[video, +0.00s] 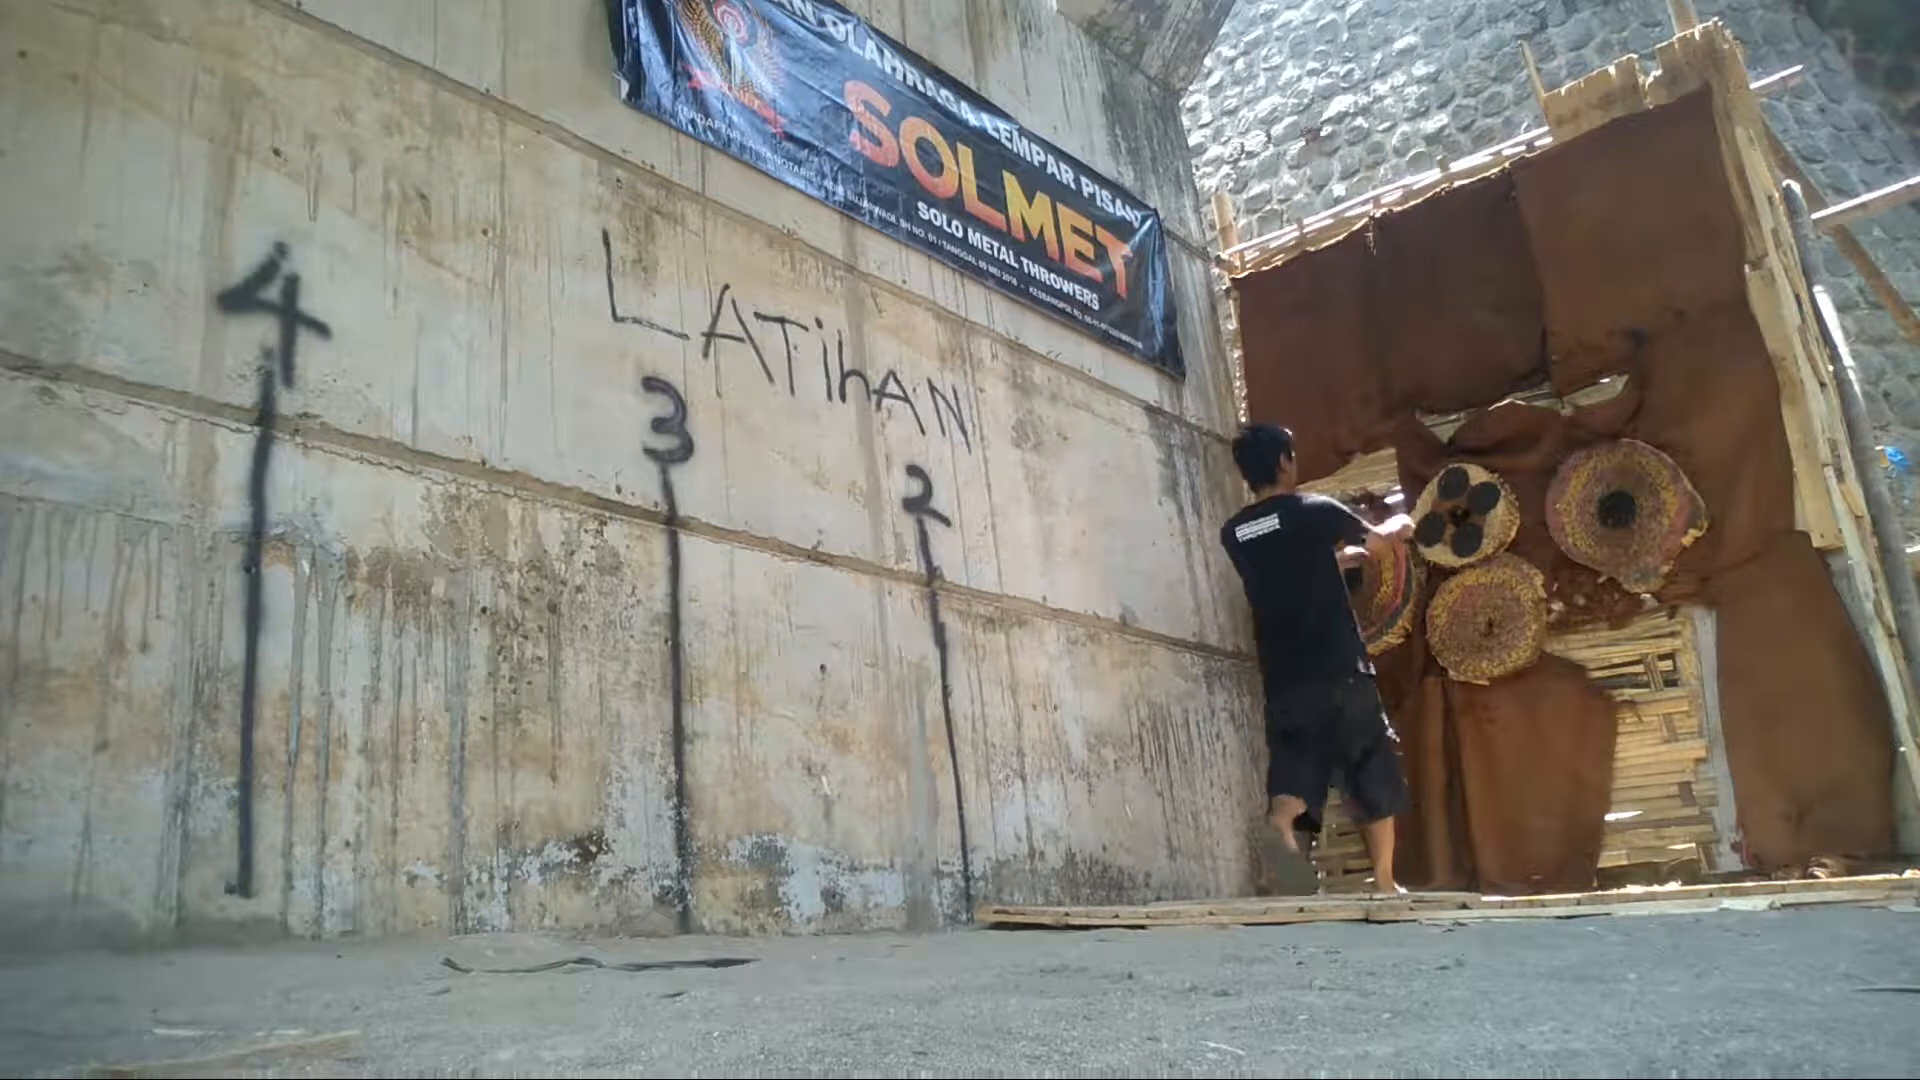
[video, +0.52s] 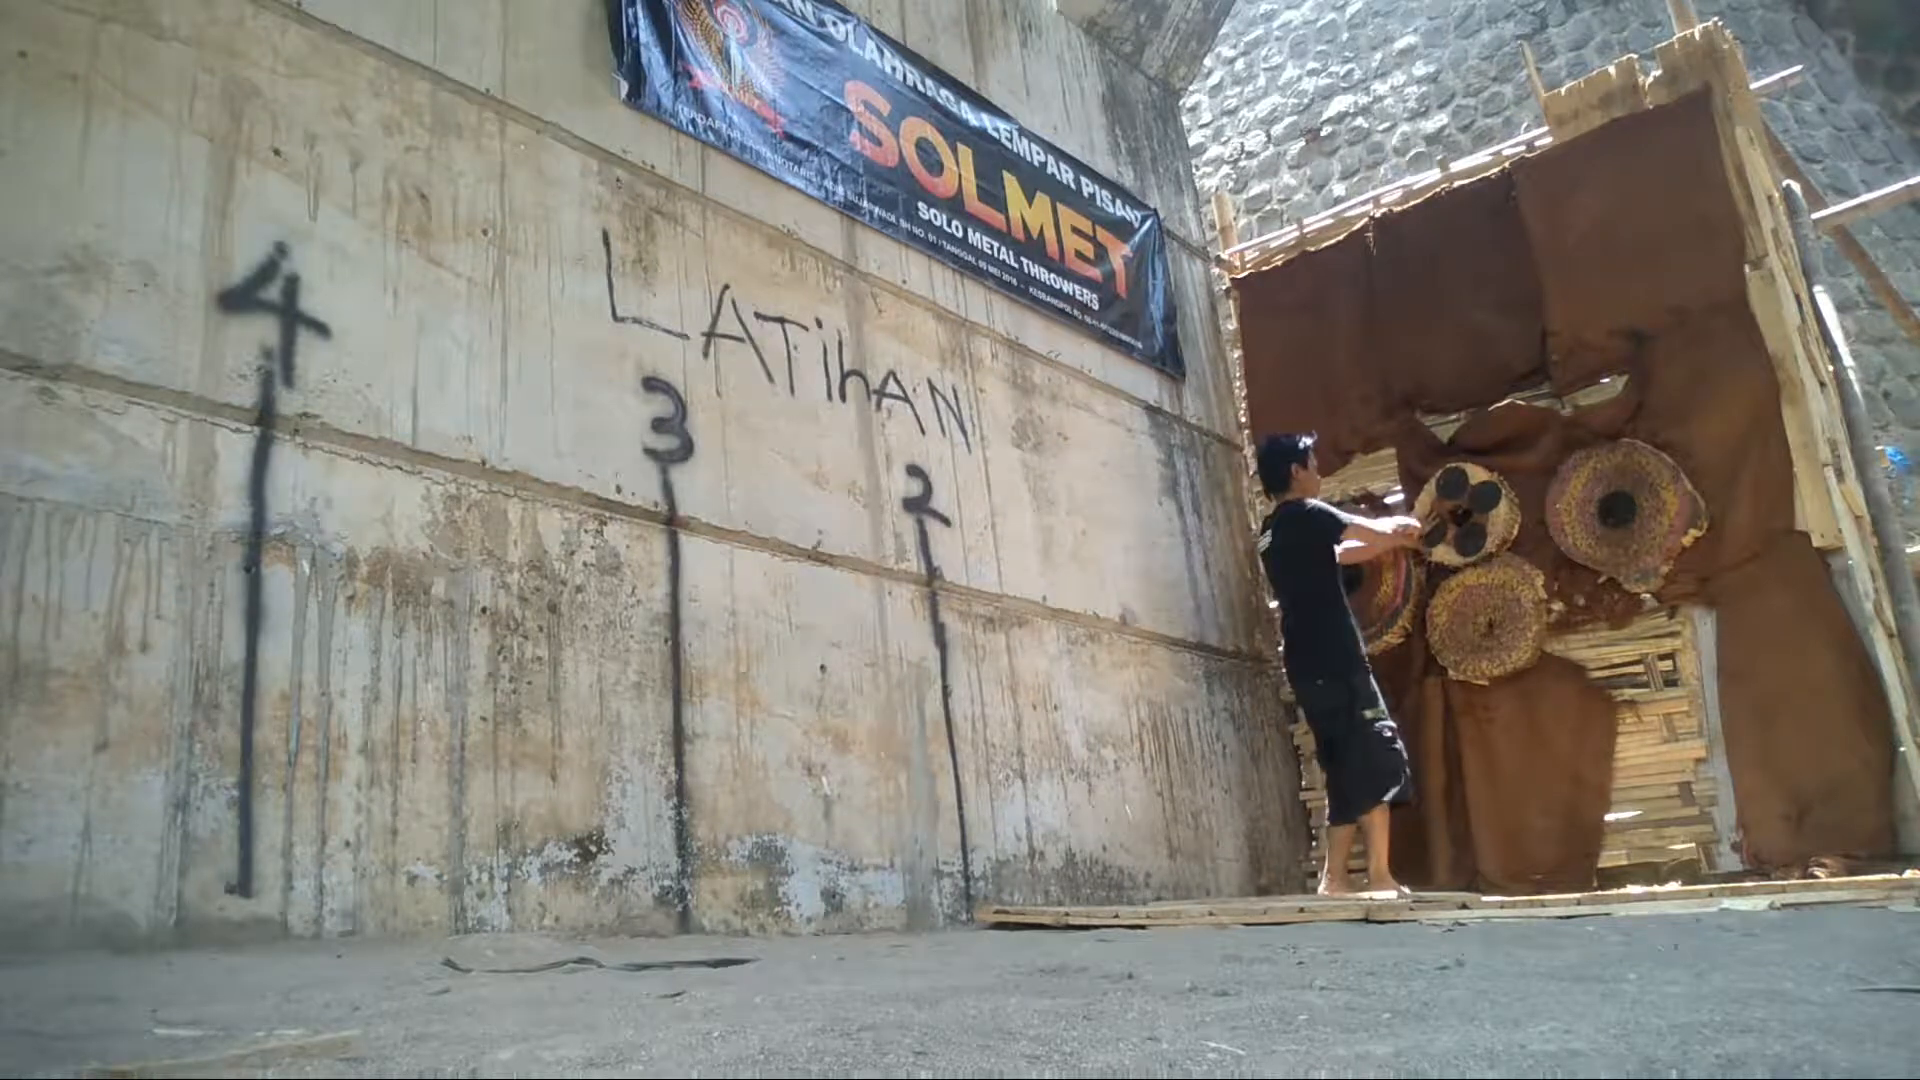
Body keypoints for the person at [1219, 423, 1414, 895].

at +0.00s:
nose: (1296, 465)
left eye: (1291, 457)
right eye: (1293, 457)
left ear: (1245, 474)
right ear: (1286, 463)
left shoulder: (1234, 532)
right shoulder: (1315, 509)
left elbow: (1285, 579)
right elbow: (1377, 541)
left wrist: (1342, 559)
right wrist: (1401, 525)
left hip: (1285, 672)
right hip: (1340, 667)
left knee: (1294, 752)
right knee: (1373, 766)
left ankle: (1280, 824)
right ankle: (1384, 881)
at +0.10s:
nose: (1307, 464)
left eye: (1303, 457)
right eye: (1304, 457)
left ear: (1258, 470)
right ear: (1297, 462)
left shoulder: (1246, 529)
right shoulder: (1324, 508)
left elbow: (1293, 571)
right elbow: (1379, 569)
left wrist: (1348, 561)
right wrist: (1401, 554)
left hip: (1293, 666)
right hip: (1345, 662)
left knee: (1318, 759)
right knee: (1377, 764)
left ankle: (1299, 821)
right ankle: (1383, 878)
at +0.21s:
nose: (1314, 467)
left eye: (1310, 458)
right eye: (1310, 459)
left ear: (1263, 471)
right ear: (1300, 465)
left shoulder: (1253, 531)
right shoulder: (1327, 512)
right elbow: (1381, 570)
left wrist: (1364, 553)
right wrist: (1406, 566)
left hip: (1296, 668)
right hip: (1346, 663)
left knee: (1331, 752)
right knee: (1377, 757)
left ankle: (1317, 843)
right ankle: (1382, 877)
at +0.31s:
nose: (1317, 470)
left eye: (1313, 462)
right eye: (1312, 463)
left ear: (1271, 476)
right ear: (1299, 468)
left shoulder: (1265, 531)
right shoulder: (1318, 512)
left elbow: (1342, 557)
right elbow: (1382, 563)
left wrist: (1399, 540)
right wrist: (1411, 557)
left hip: (1299, 662)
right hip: (1340, 658)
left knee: (1346, 765)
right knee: (1378, 757)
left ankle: (1335, 877)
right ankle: (1382, 882)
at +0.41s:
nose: (1316, 472)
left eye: (1313, 463)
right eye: (1312, 464)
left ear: (1273, 476)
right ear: (1298, 470)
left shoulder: (1268, 530)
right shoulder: (1309, 514)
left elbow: (1333, 557)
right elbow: (1379, 548)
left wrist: (1384, 549)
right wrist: (1406, 543)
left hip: (1304, 663)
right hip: (1339, 659)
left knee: (1348, 768)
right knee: (1380, 757)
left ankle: (1334, 878)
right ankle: (1382, 880)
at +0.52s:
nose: (1317, 471)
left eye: (1313, 463)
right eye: (1311, 464)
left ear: (1278, 478)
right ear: (1297, 471)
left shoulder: (1273, 532)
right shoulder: (1309, 514)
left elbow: (1348, 553)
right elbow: (1376, 533)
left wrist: (1392, 542)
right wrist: (1405, 529)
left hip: (1303, 660)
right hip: (1336, 656)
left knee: (1343, 763)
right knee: (1377, 754)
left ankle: (1334, 879)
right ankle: (1379, 877)